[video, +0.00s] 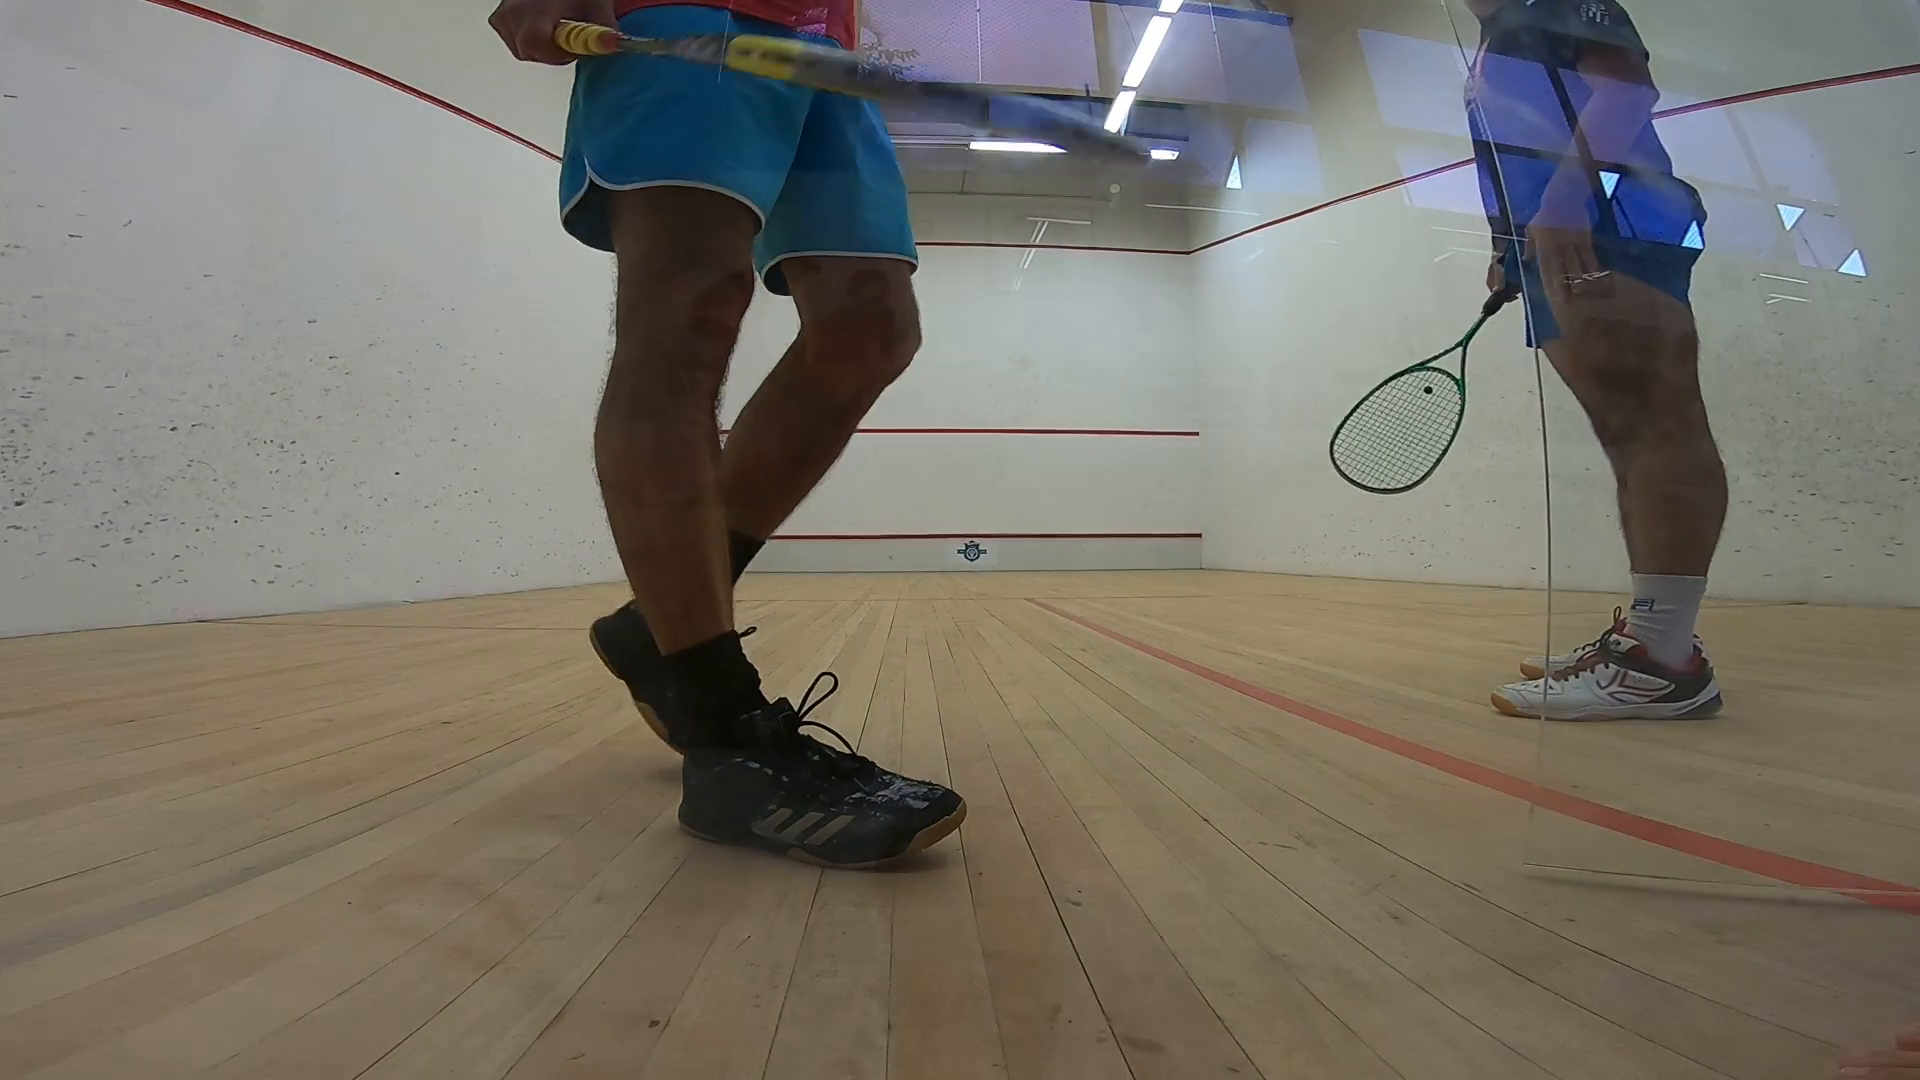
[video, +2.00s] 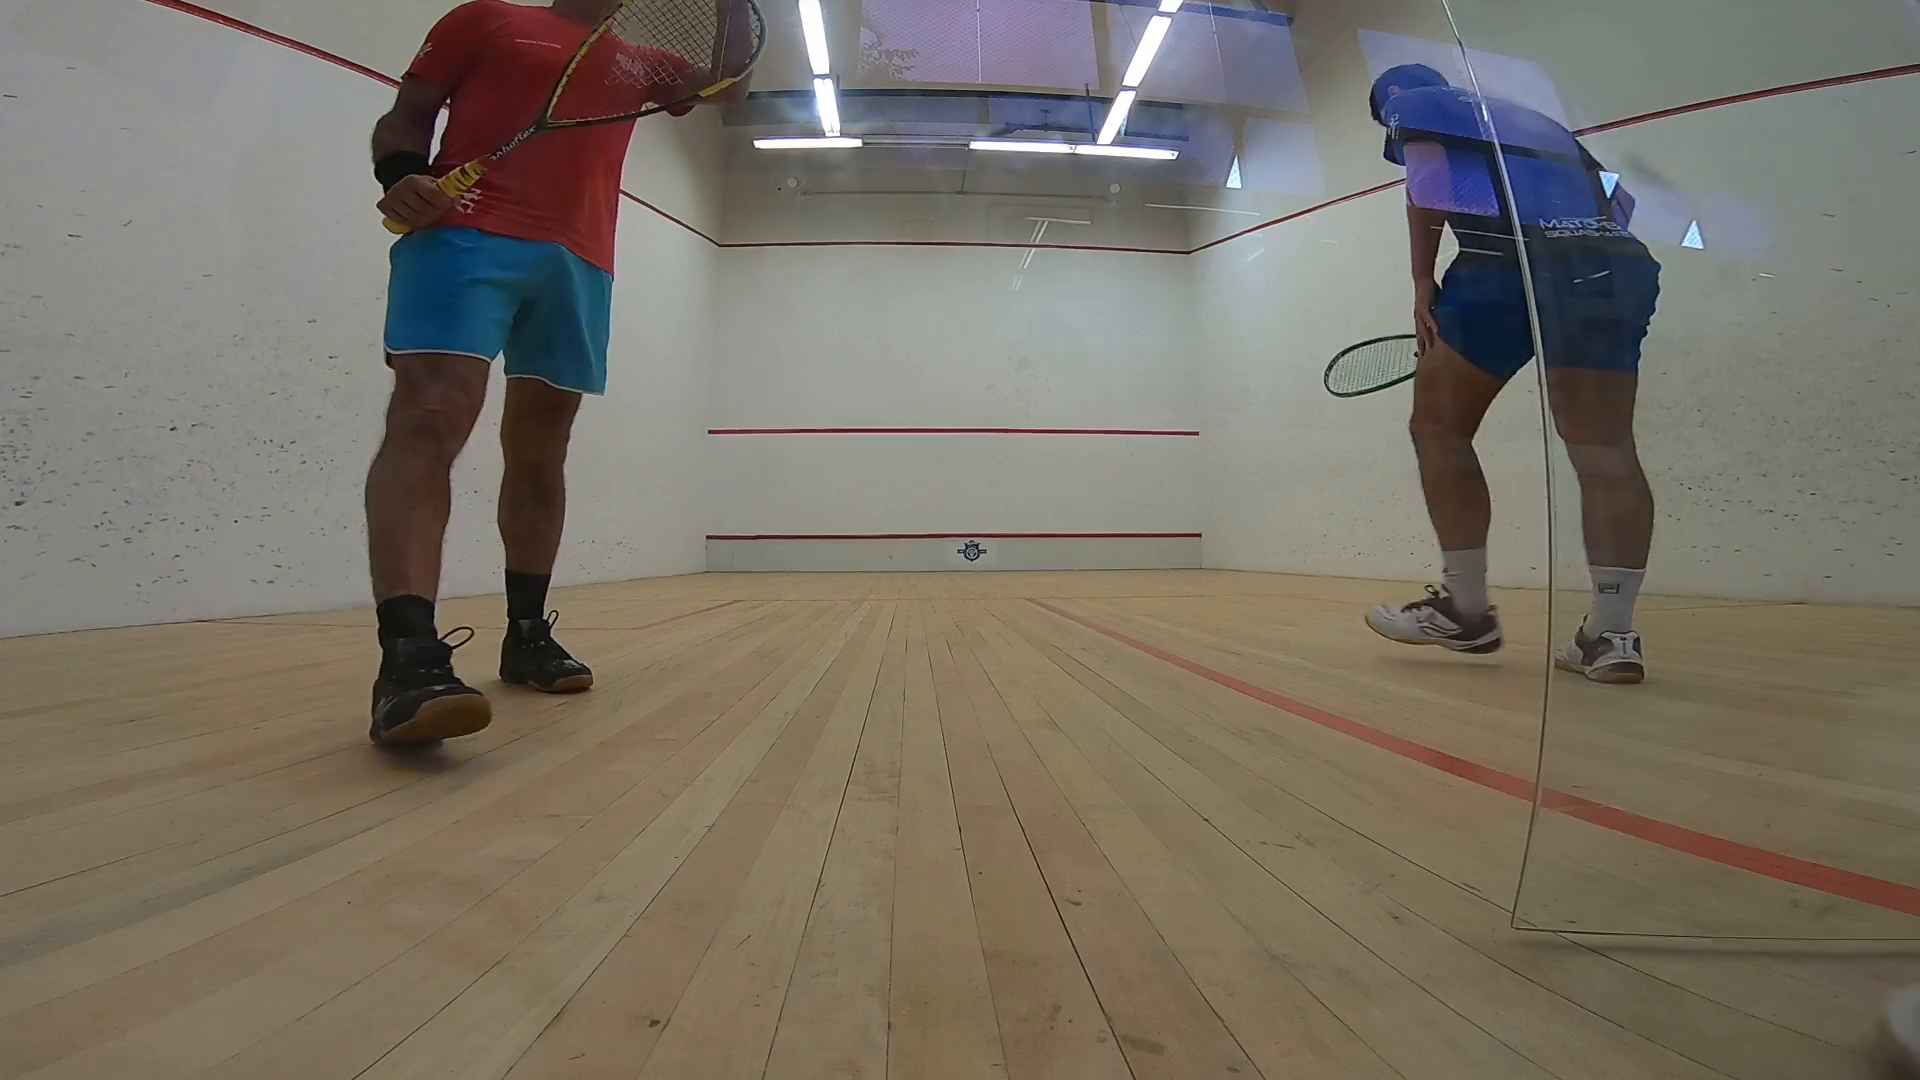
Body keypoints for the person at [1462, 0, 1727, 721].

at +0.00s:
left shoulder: (1551, 6)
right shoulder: (1497, 51)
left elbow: (1626, 81)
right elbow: (1530, 157)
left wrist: (1565, 198)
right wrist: (1510, 244)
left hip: (1611, 231)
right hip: (1571, 242)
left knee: (1661, 427)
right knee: (1628, 434)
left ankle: (1667, 659)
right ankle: (1654, 644)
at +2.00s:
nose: (1390, 127)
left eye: (1387, 115)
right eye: (1387, 119)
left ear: (1396, 92)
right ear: (1446, 83)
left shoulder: (1410, 90)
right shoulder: (1533, 117)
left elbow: (1429, 175)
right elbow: (1613, 199)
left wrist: (1424, 285)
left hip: (1504, 260)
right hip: (1611, 263)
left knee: (1439, 427)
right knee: (1606, 452)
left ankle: (1466, 610)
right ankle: (1611, 635)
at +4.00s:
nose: (1423, 154)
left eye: (1429, 144)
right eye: (1423, 147)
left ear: (1463, 140)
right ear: (1478, 144)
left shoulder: (1456, 174)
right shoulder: (1543, 188)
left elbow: (1486, 220)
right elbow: (1601, 255)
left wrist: (1452, 299)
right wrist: (1558, 311)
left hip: (1507, 328)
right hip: (1580, 333)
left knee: (1496, 458)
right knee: (1557, 463)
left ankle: (1539, 600)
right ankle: (1596, 599)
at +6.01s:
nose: (1448, 154)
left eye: (1451, 144)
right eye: (1449, 145)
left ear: (1472, 141)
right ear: (1508, 147)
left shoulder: (1467, 174)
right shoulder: (1561, 191)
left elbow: (1492, 219)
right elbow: (1611, 257)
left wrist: (1464, 303)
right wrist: (1574, 317)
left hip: (1517, 330)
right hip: (1590, 336)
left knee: (1499, 458)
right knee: (1566, 457)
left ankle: (1524, 596)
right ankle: (1601, 594)